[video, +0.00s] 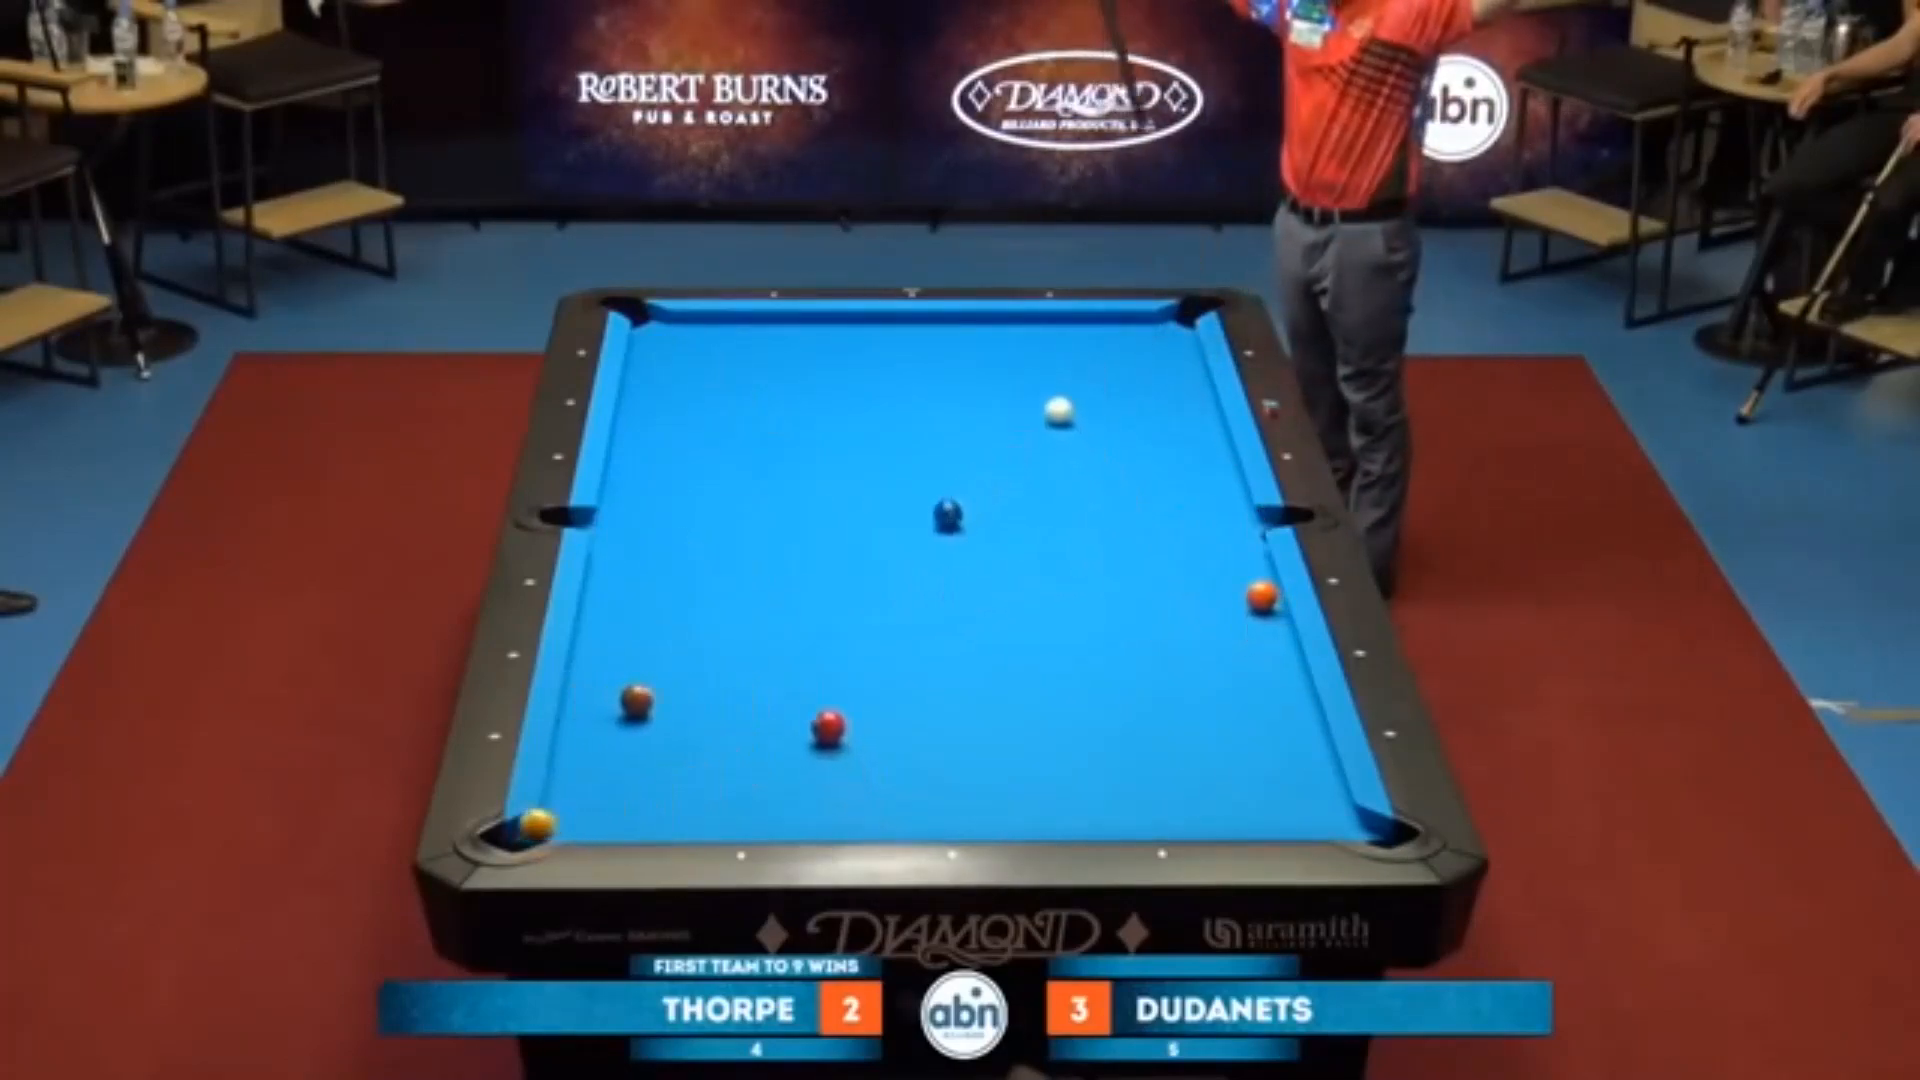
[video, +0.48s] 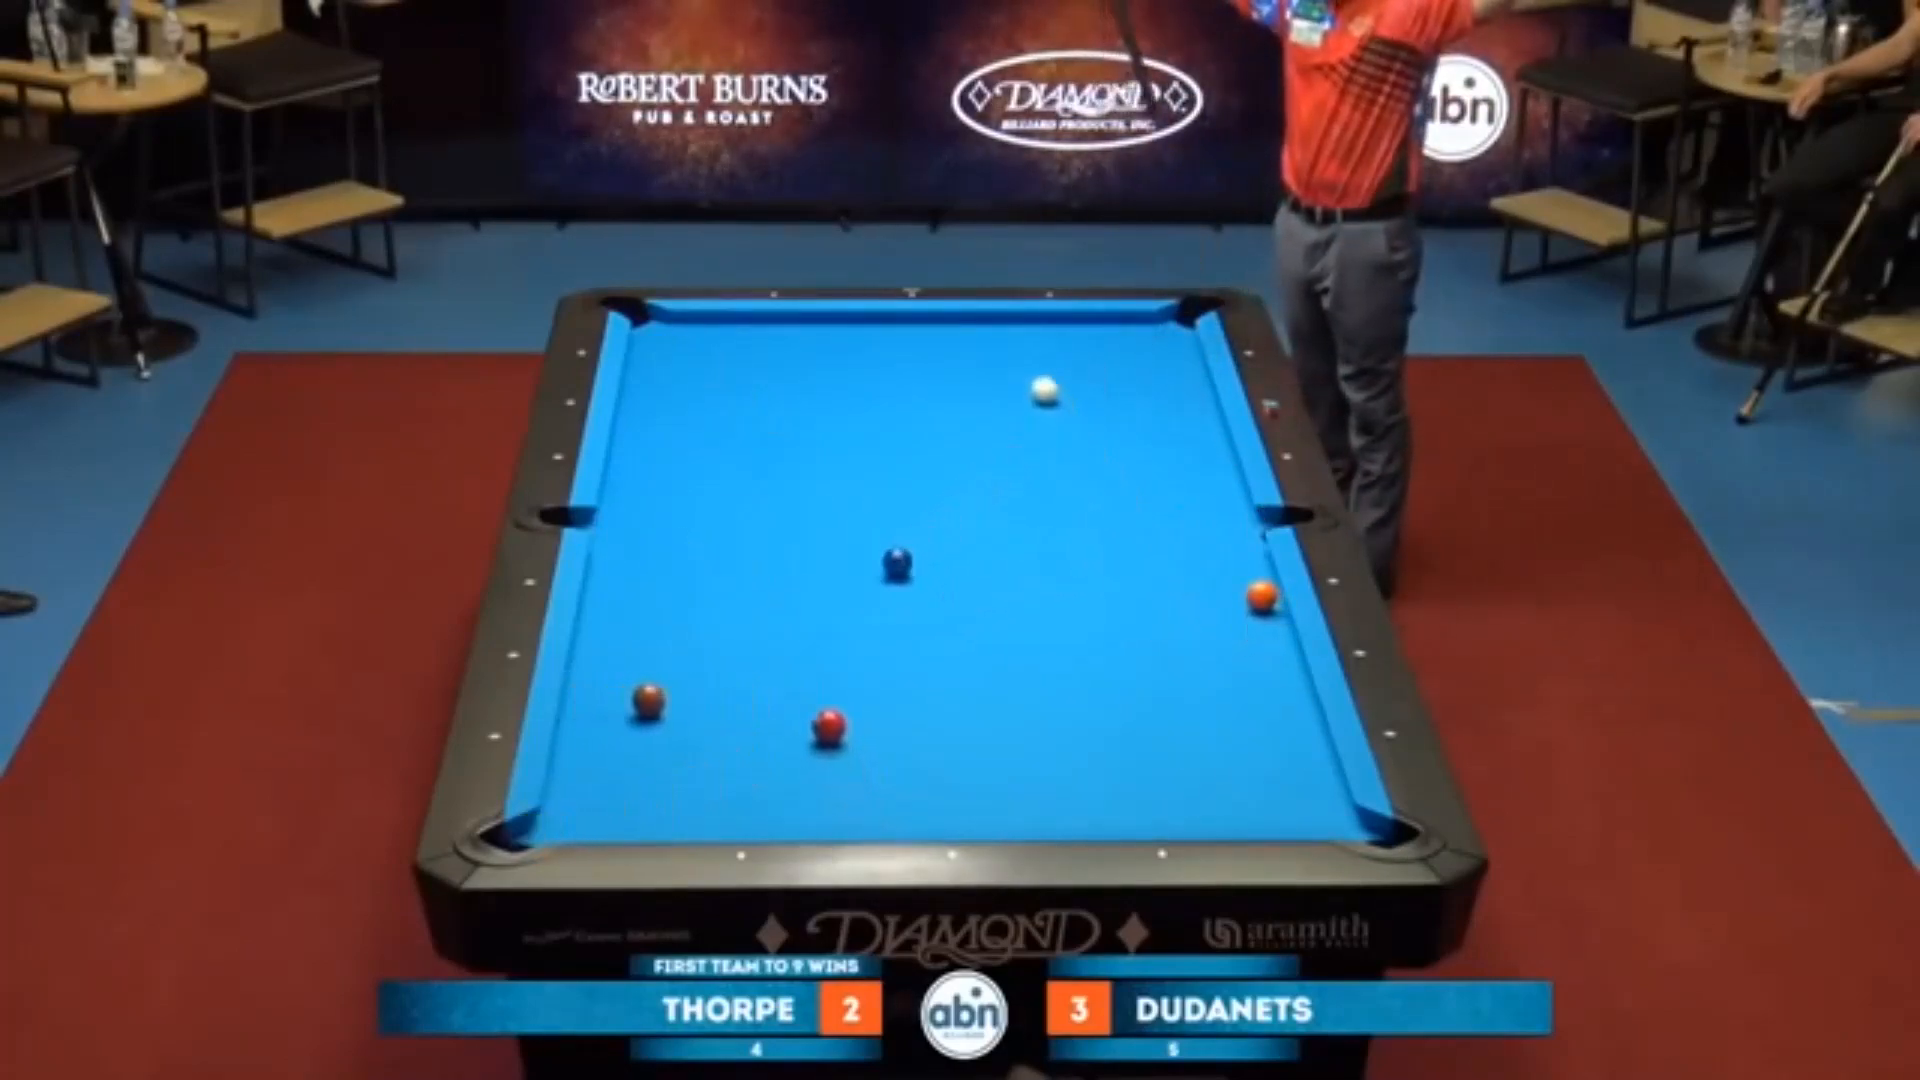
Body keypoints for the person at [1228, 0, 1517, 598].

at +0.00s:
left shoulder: (1406, 16)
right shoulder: (1292, 10)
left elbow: (1505, 4)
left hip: (1368, 236)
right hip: (1296, 228)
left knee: (1370, 402)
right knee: (1314, 393)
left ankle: (1371, 564)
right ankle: (1320, 534)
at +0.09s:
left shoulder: (1407, 16)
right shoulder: (1293, 10)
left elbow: (1505, 4)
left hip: (1368, 236)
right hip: (1296, 228)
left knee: (1370, 402)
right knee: (1314, 394)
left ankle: (1371, 564)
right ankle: (1320, 535)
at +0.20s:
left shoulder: (1407, 17)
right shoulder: (1293, 10)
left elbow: (1506, 3)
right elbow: (1238, 1)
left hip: (1367, 236)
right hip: (1296, 228)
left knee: (1371, 403)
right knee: (1315, 395)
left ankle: (1372, 563)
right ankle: (1320, 538)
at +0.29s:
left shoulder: (1407, 16)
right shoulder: (1293, 10)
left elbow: (1505, 3)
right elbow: (1239, 1)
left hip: (1369, 235)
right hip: (1296, 227)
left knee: (1371, 402)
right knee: (1315, 395)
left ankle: (1371, 564)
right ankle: (1320, 539)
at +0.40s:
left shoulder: (1406, 16)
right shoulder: (1293, 10)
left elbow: (1503, 3)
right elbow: (1239, 1)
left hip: (1369, 235)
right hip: (1297, 227)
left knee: (1371, 402)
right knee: (1315, 394)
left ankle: (1372, 564)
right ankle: (1320, 537)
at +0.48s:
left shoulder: (1407, 16)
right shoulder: (1294, 10)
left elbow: (1503, 3)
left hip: (1369, 235)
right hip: (1297, 227)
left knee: (1371, 402)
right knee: (1315, 394)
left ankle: (1371, 564)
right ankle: (1320, 539)